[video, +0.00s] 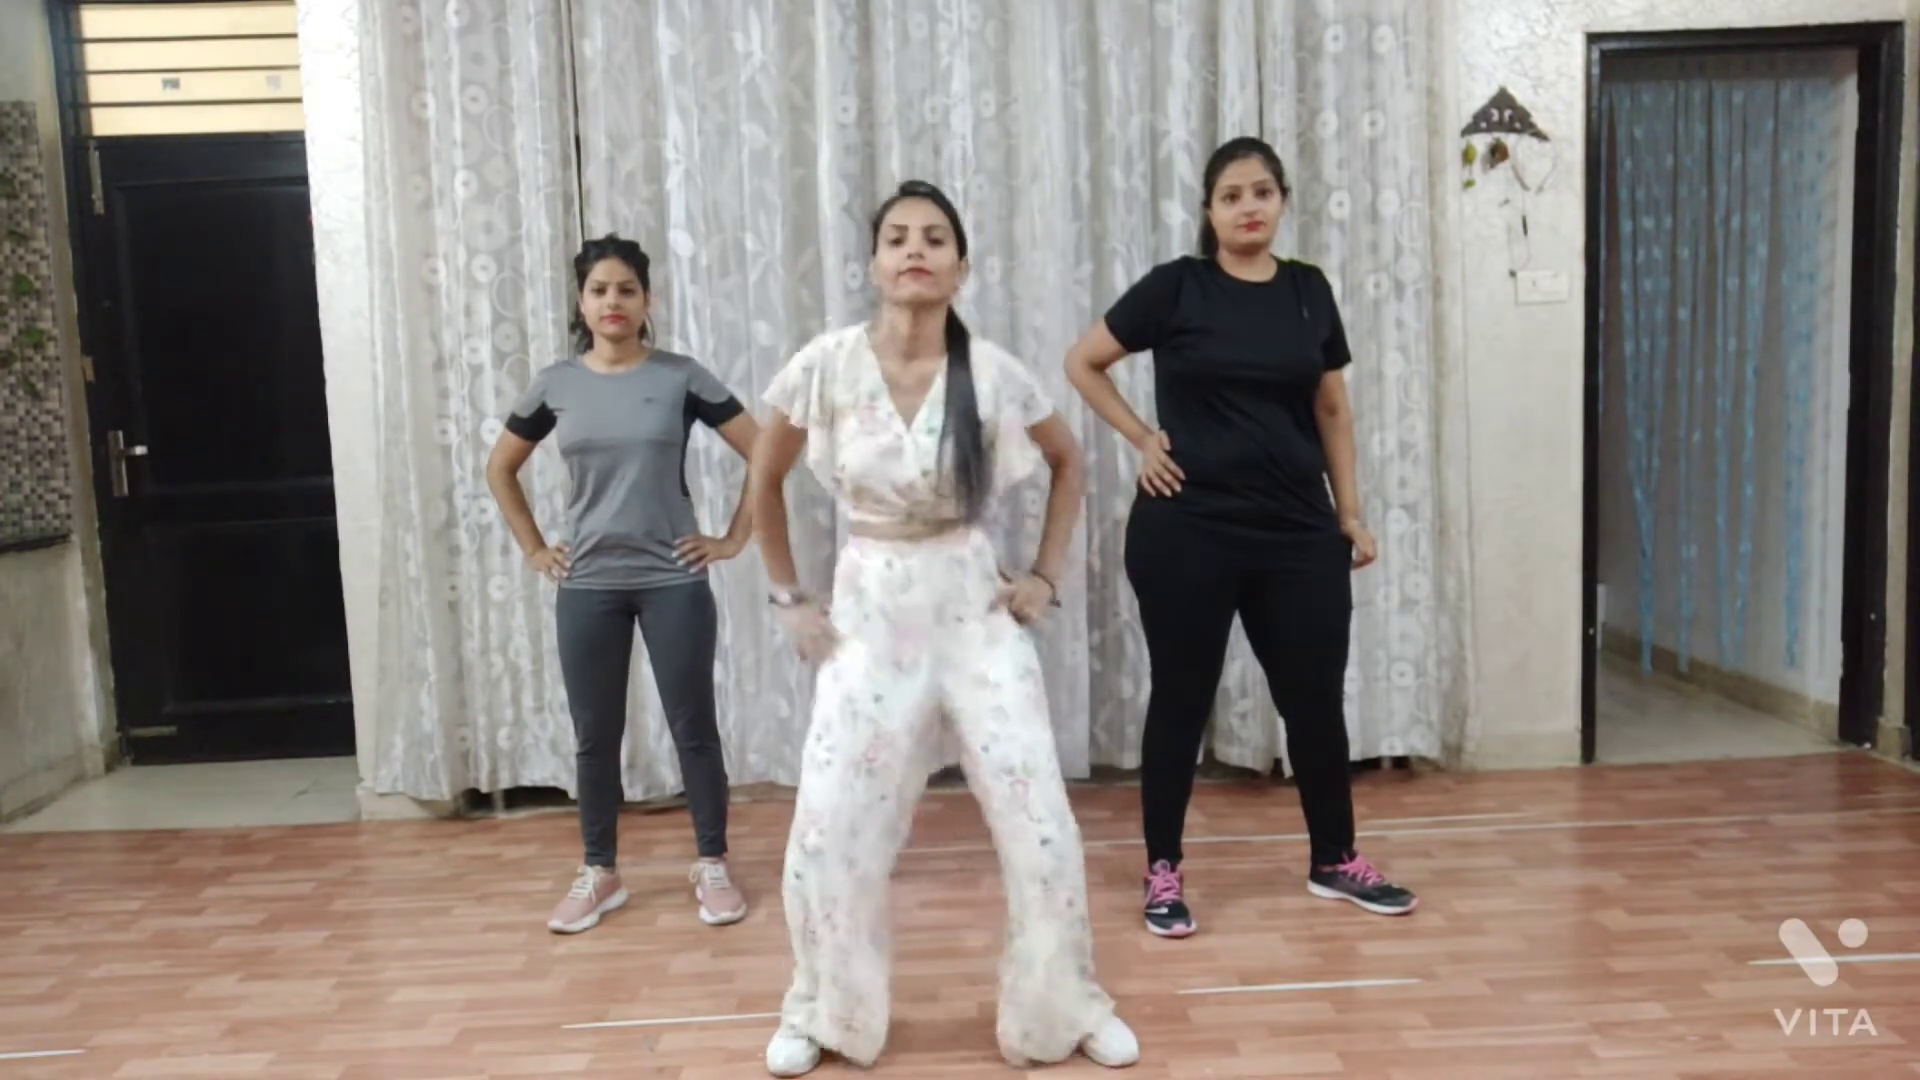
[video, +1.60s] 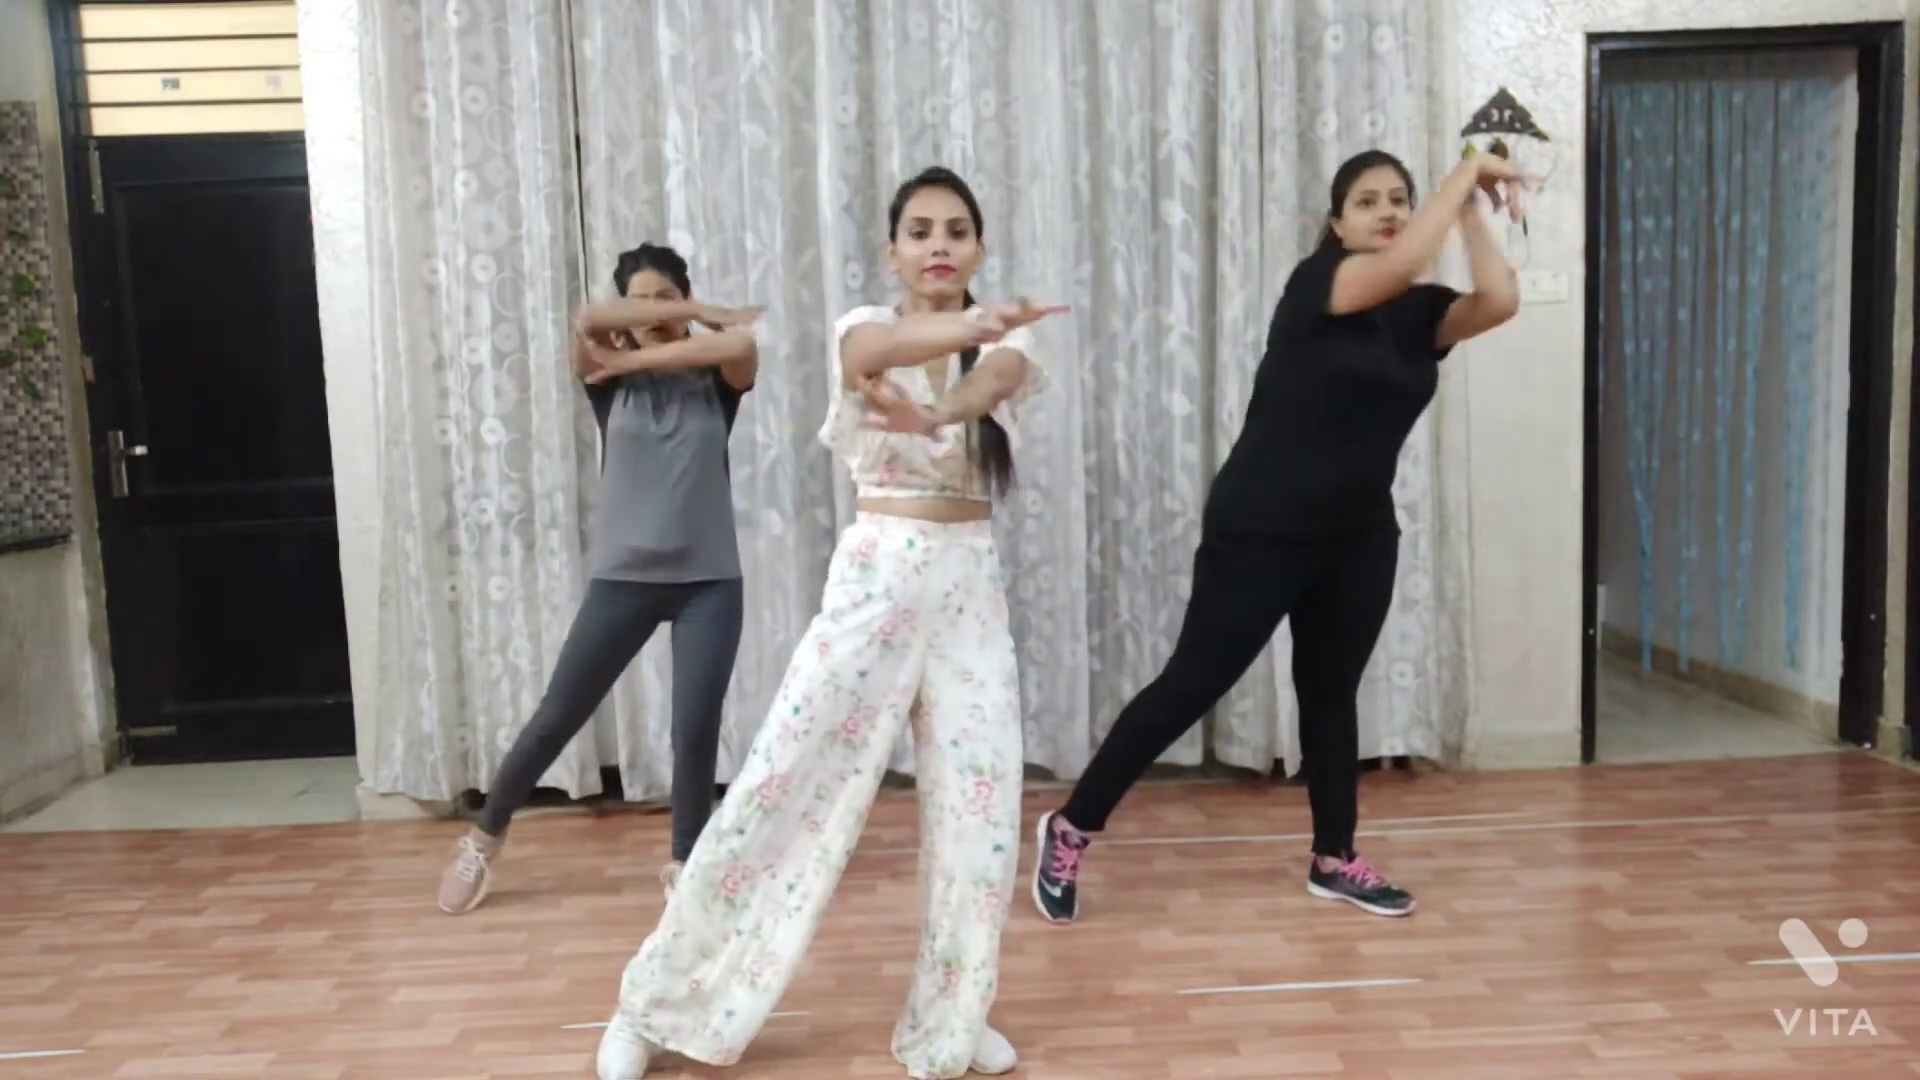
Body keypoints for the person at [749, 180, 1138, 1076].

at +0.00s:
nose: (914, 253)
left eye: (932, 241)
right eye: (898, 241)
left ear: (961, 265)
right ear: (873, 262)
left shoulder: (991, 373)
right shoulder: (822, 369)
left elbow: (1070, 464)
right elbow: (764, 482)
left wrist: (1044, 577)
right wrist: (790, 597)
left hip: (976, 617)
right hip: (867, 622)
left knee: (1038, 813)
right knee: (828, 823)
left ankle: (1067, 1002)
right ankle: (815, 1009)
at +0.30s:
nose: (916, 224)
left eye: (934, 209)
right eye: (899, 213)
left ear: (967, 228)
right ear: (877, 238)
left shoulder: (1007, 344)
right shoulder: (847, 347)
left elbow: (1053, 446)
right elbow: (763, 448)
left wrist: (1087, 523)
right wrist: (704, 520)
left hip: (971, 601)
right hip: (867, 593)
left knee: (990, 812)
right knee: (797, 791)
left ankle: (949, 1006)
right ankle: (775, 1007)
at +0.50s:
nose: (927, 230)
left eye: (944, 215)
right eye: (908, 219)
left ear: (975, 236)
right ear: (887, 244)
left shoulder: (1021, 342)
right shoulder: (856, 349)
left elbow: (1120, 424)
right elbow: (738, 428)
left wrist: (1198, 494)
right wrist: (632, 491)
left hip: (975, 608)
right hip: (879, 600)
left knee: (991, 822)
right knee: (785, 798)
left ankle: (926, 1003)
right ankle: (662, 1013)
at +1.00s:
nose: (926, 238)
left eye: (944, 224)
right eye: (907, 228)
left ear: (974, 250)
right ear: (885, 256)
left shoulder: (1009, 341)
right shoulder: (864, 348)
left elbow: (1131, 372)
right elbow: (772, 378)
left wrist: (1248, 404)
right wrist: (675, 408)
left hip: (972, 606)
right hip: (871, 599)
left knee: (983, 823)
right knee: (768, 797)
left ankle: (948, 1030)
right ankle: (646, 1014)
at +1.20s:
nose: (933, 240)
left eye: (950, 227)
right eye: (916, 228)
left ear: (979, 247)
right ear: (891, 250)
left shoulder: (1005, 343)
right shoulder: (866, 341)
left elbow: (1072, 373)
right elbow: (812, 357)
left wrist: (1141, 405)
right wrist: (754, 380)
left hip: (971, 605)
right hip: (872, 596)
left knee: (986, 822)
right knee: (769, 789)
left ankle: (949, 1024)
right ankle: (646, 1010)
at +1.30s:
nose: (938, 241)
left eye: (954, 227)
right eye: (919, 228)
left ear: (980, 245)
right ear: (894, 247)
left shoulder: (1006, 338)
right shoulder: (871, 333)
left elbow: (1040, 375)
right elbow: (858, 349)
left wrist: (1068, 412)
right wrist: (861, 357)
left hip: (967, 597)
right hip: (874, 590)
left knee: (983, 813)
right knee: (772, 785)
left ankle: (951, 1023)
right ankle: (648, 1007)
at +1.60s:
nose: (940, 246)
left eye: (957, 232)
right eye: (922, 232)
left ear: (982, 250)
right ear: (893, 249)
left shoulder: (1005, 346)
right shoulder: (861, 331)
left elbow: (1000, 378)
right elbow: (878, 348)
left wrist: (936, 412)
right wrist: (979, 325)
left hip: (971, 597)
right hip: (876, 590)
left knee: (982, 818)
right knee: (773, 785)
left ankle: (949, 1024)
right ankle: (643, 1009)